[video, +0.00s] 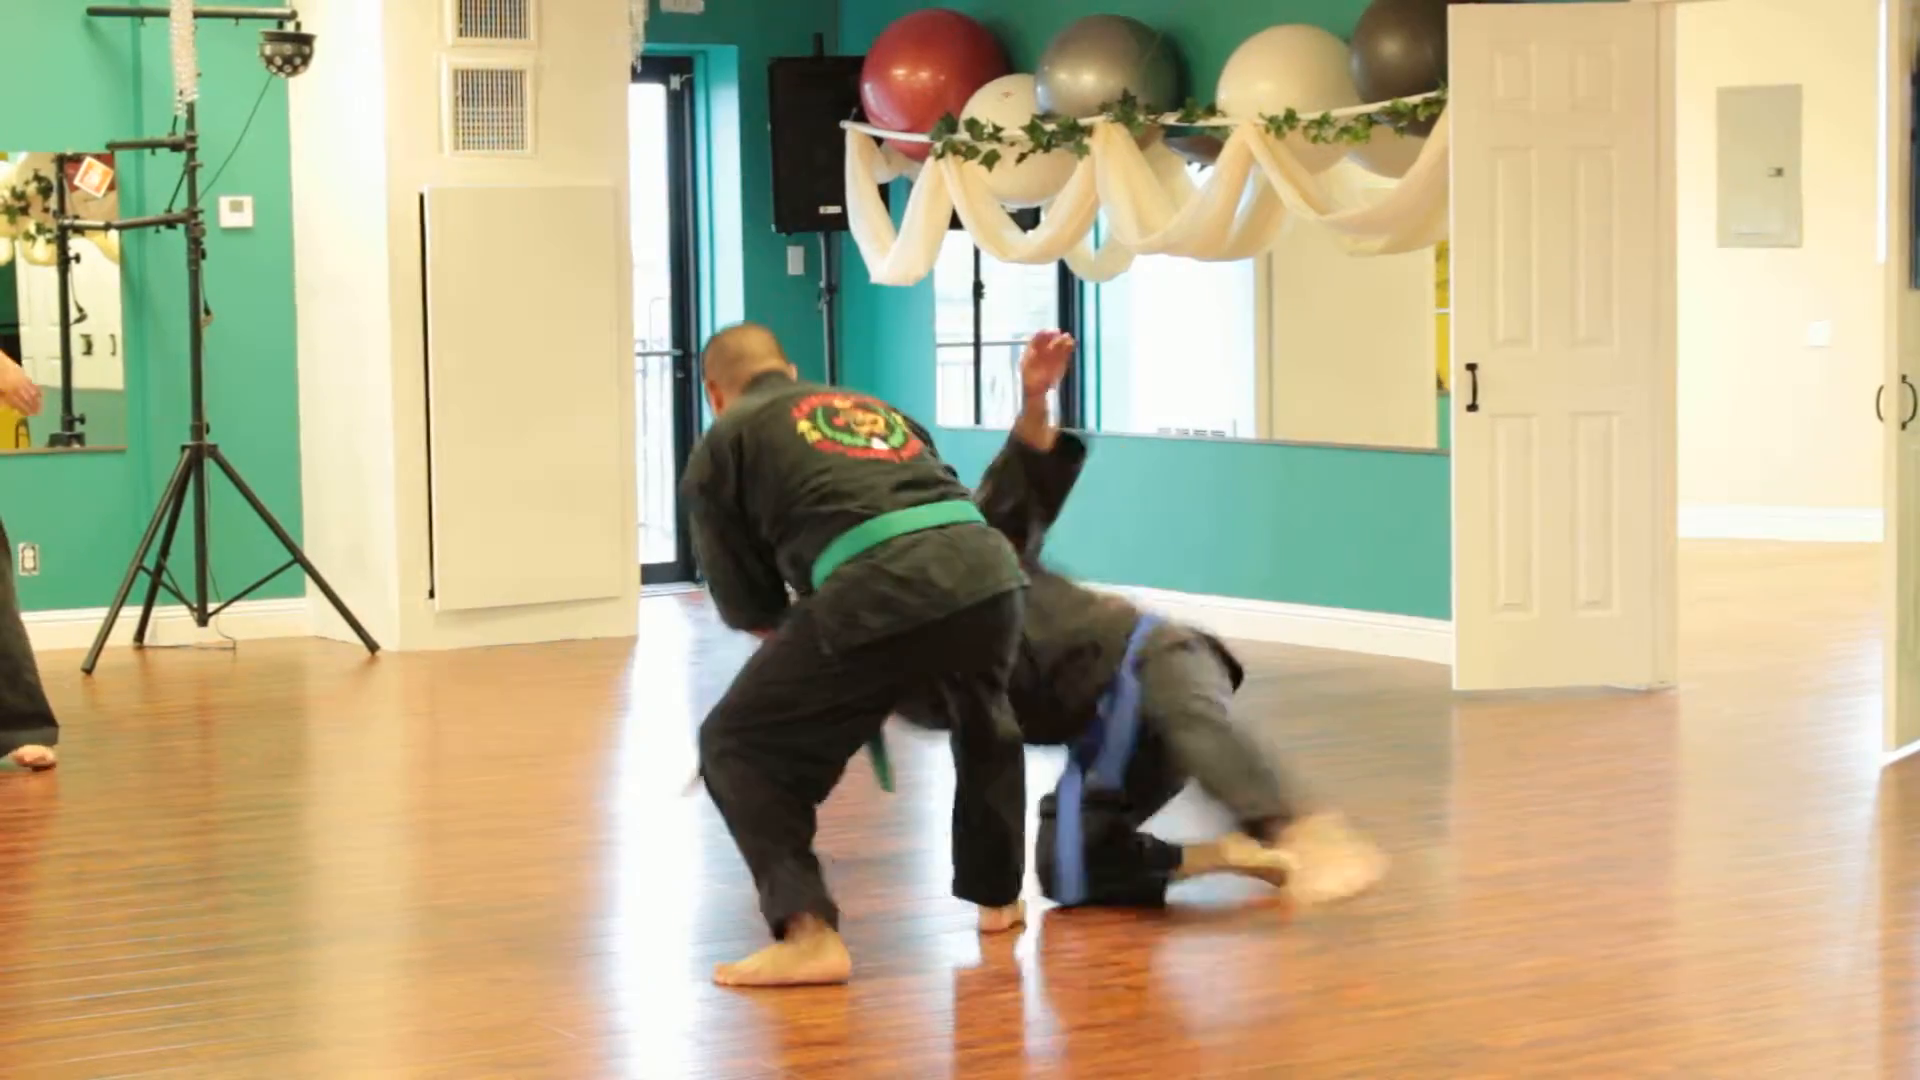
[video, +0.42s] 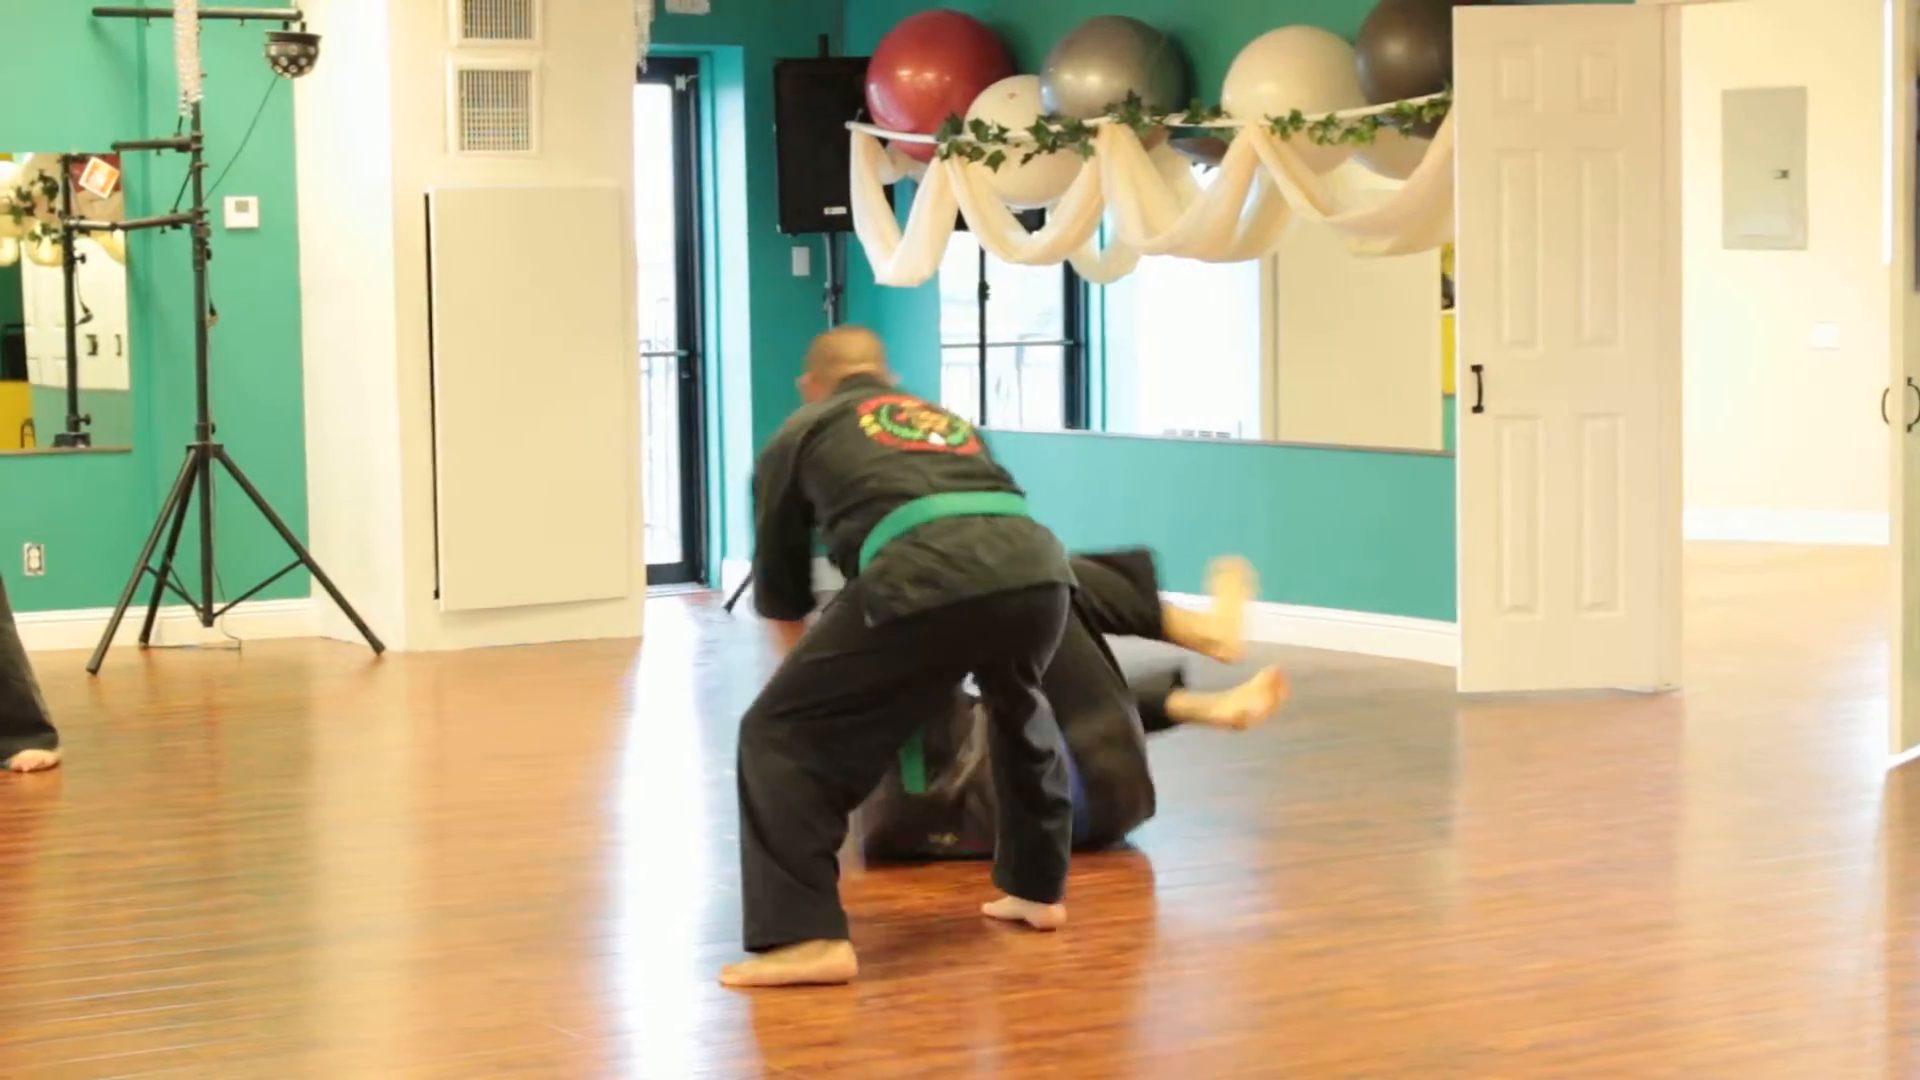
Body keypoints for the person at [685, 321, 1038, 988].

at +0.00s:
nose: (713, 404)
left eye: (709, 395)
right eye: (712, 396)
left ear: (717, 390)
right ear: (789, 370)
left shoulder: (721, 446)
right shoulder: (870, 406)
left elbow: (749, 609)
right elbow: (937, 497)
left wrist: (820, 642)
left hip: (878, 587)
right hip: (987, 564)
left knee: (736, 743)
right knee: (987, 717)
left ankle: (809, 935)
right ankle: (999, 899)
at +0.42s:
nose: (801, 395)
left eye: (801, 389)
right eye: (802, 390)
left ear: (812, 388)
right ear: (883, 377)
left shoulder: (795, 440)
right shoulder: (936, 417)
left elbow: (785, 605)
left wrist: (805, 698)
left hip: (923, 581)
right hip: (1037, 569)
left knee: (777, 733)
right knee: (1018, 694)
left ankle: (808, 936)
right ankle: (1036, 890)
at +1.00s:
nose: (1079, 298)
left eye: (1077, 289)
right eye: (1078, 288)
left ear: (999, 279)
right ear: (1067, 284)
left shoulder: (949, 336)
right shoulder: (1045, 320)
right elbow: (1132, 391)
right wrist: (1170, 491)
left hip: (862, 532)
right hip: (956, 534)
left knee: (886, 653)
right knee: (1074, 688)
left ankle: (841, 832)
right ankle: (1085, 871)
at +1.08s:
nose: (1049, 273)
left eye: (1044, 263)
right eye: (1045, 262)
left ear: (969, 268)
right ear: (1035, 264)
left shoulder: (911, 327)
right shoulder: (1043, 295)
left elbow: (834, 444)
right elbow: (1143, 316)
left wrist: (896, 520)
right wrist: (1190, 388)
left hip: (892, 528)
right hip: (998, 523)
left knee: (875, 654)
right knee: (1069, 691)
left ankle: (844, 827)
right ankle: (1096, 867)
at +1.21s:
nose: (872, 273)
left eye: (873, 264)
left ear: (879, 266)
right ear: (957, 251)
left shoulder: (855, 331)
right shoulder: (1023, 280)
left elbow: (818, 457)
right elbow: (1140, 275)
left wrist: (794, 467)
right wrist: (1194, 293)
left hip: (954, 524)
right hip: (1063, 511)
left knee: (876, 658)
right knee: (1082, 680)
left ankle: (921, 823)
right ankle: (1172, 761)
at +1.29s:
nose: (849, 295)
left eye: (847, 286)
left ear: (855, 283)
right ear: (922, 261)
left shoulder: (847, 349)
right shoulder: (993, 294)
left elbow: (833, 472)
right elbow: (1088, 352)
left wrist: (885, 505)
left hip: (992, 544)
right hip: (1081, 518)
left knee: (879, 655)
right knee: (1061, 668)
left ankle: (931, 839)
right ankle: (1219, 718)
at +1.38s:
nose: (825, 317)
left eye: (822, 305)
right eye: (823, 306)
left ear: (833, 298)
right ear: (891, 279)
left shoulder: (861, 354)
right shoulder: (966, 321)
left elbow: (860, 498)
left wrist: (922, 471)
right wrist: (933, 481)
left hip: (1014, 552)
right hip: (1094, 530)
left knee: (890, 655)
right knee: (1052, 670)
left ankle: (928, 836)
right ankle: (1172, 762)